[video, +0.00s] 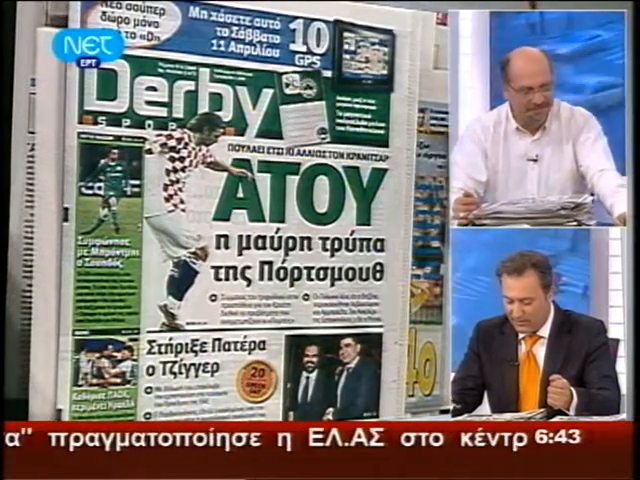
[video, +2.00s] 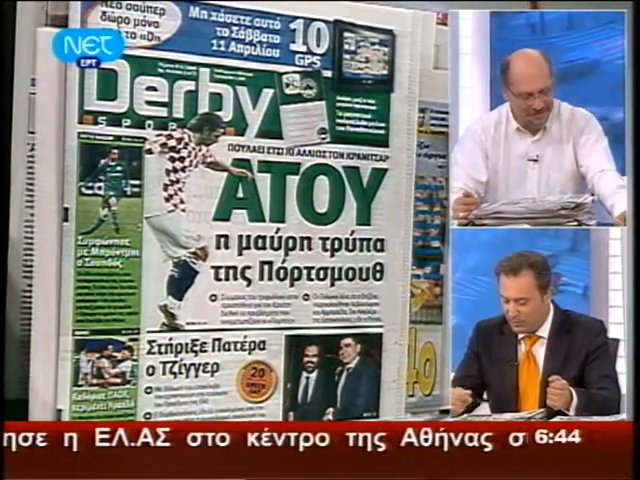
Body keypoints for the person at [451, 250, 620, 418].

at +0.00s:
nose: (516, 312)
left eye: (526, 302)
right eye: (509, 301)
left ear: (549, 294)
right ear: (503, 297)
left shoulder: (588, 332)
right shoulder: (487, 334)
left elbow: (610, 403)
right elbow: (461, 400)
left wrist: (574, 400)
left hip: (568, 450)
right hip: (504, 450)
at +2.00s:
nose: (511, 312)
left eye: (522, 302)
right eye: (506, 301)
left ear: (547, 296)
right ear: (500, 297)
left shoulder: (588, 332)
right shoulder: (486, 334)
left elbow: (610, 402)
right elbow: (465, 391)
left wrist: (574, 400)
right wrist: (456, 401)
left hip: (568, 451)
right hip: (503, 450)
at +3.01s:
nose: (510, 313)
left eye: (521, 303)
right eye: (505, 302)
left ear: (547, 297)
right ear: (500, 297)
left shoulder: (588, 333)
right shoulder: (487, 335)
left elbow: (610, 401)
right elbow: (460, 400)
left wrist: (569, 399)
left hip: (570, 452)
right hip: (505, 450)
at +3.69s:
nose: (509, 312)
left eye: (519, 302)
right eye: (504, 301)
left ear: (546, 297)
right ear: (499, 296)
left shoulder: (588, 333)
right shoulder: (486, 334)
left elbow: (610, 401)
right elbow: (462, 401)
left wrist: (570, 400)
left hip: (569, 451)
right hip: (505, 450)